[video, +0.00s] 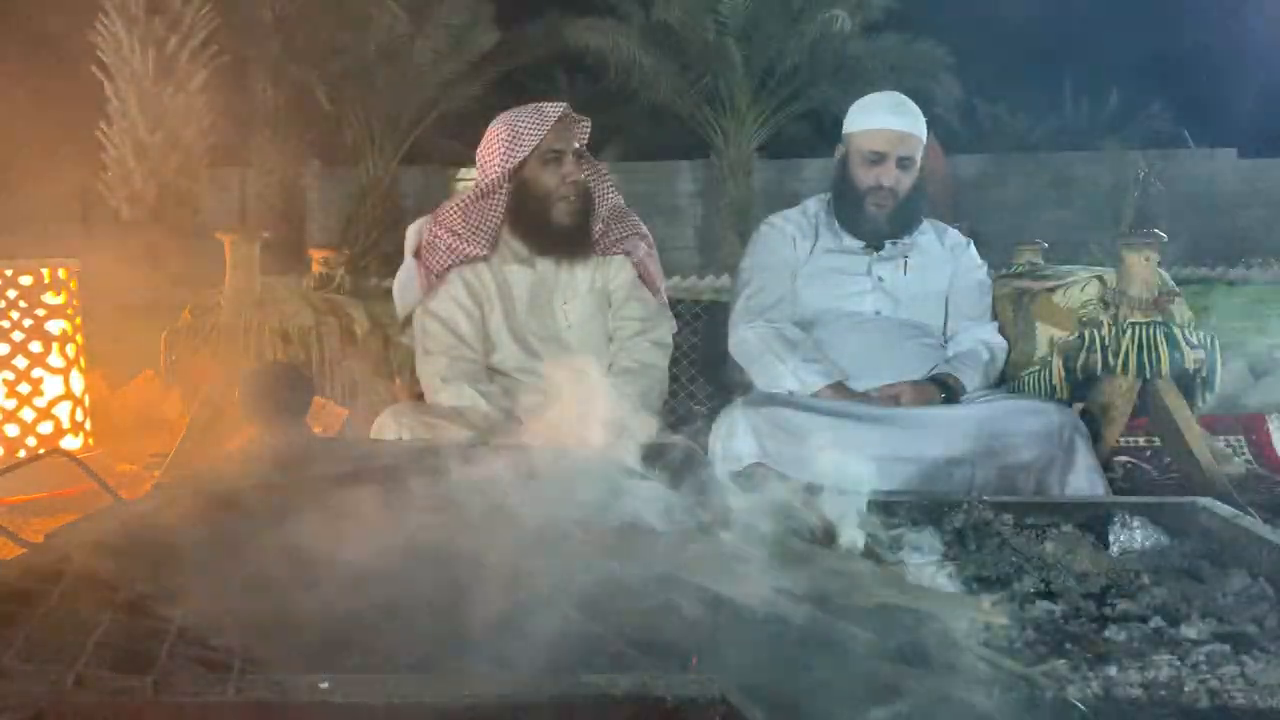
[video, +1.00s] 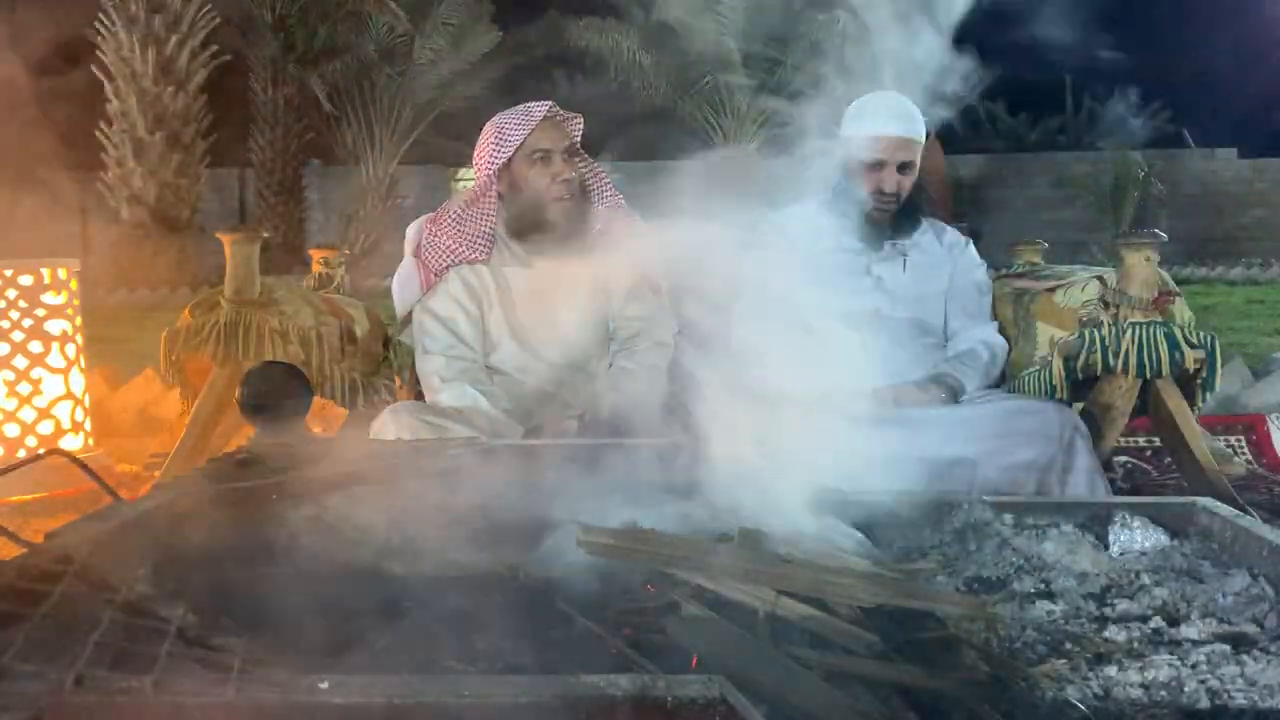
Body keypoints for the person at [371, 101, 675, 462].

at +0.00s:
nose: (575, 174)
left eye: (578, 159)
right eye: (553, 161)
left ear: (589, 167)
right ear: (508, 177)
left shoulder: (615, 262)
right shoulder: (459, 268)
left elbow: (643, 362)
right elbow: (450, 382)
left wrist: (598, 434)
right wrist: (515, 440)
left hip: (596, 439)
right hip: (495, 440)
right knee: (396, 427)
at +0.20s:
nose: (575, 175)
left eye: (579, 160)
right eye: (553, 161)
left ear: (589, 170)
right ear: (509, 177)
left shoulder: (612, 266)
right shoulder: (465, 279)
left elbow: (644, 351)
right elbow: (446, 386)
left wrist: (616, 424)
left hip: (601, 447)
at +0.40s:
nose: (575, 174)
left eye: (577, 158)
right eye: (552, 160)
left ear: (586, 166)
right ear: (508, 176)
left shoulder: (611, 260)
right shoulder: (463, 268)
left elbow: (644, 351)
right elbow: (449, 379)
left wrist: (606, 427)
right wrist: (528, 428)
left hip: (602, 427)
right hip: (500, 430)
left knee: (681, 448)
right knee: (396, 428)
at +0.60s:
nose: (574, 174)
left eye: (575, 157)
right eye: (550, 160)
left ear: (584, 164)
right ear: (506, 178)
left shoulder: (612, 260)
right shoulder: (463, 268)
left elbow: (644, 357)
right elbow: (450, 379)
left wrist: (593, 431)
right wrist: (516, 439)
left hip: (599, 428)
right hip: (499, 428)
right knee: (396, 424)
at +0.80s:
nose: (570, 173)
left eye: (572, 155)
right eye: (545, 160)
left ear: (582, 161)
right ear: (503, 180)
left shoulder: (612, 258)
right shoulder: (464, 269)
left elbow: (642, 354)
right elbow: (448, 381)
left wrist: (601, 426)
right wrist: (518, 440)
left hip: (598, 423)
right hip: (501, 425)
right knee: (395, 425)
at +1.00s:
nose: (568, 172)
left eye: (571, 155)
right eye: (542, 160)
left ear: (583, 162)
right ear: (500, 180)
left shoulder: (623, 256)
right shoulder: (461, 279)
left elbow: (645, 356)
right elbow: (451, 384)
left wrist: (597, 427)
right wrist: (520, 441)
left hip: (599, 439)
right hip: (497, 441)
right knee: (397, 425)